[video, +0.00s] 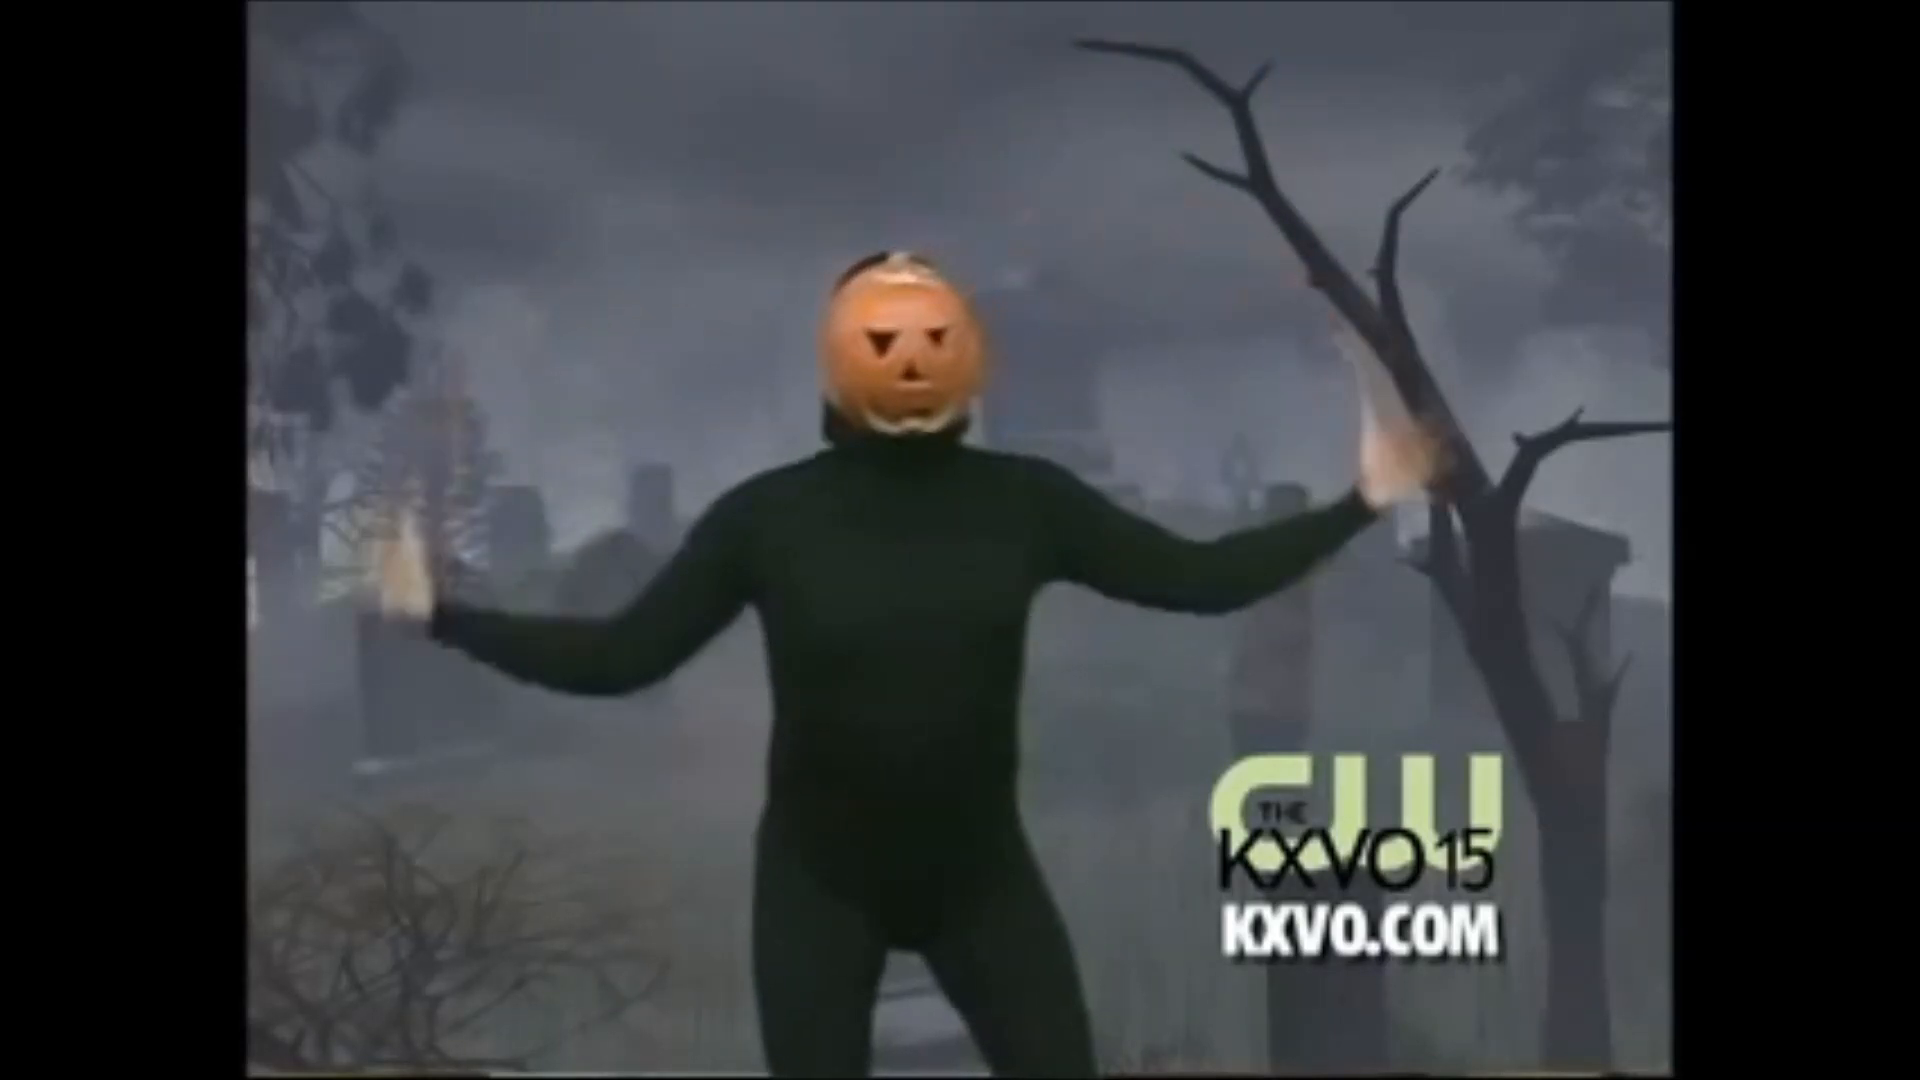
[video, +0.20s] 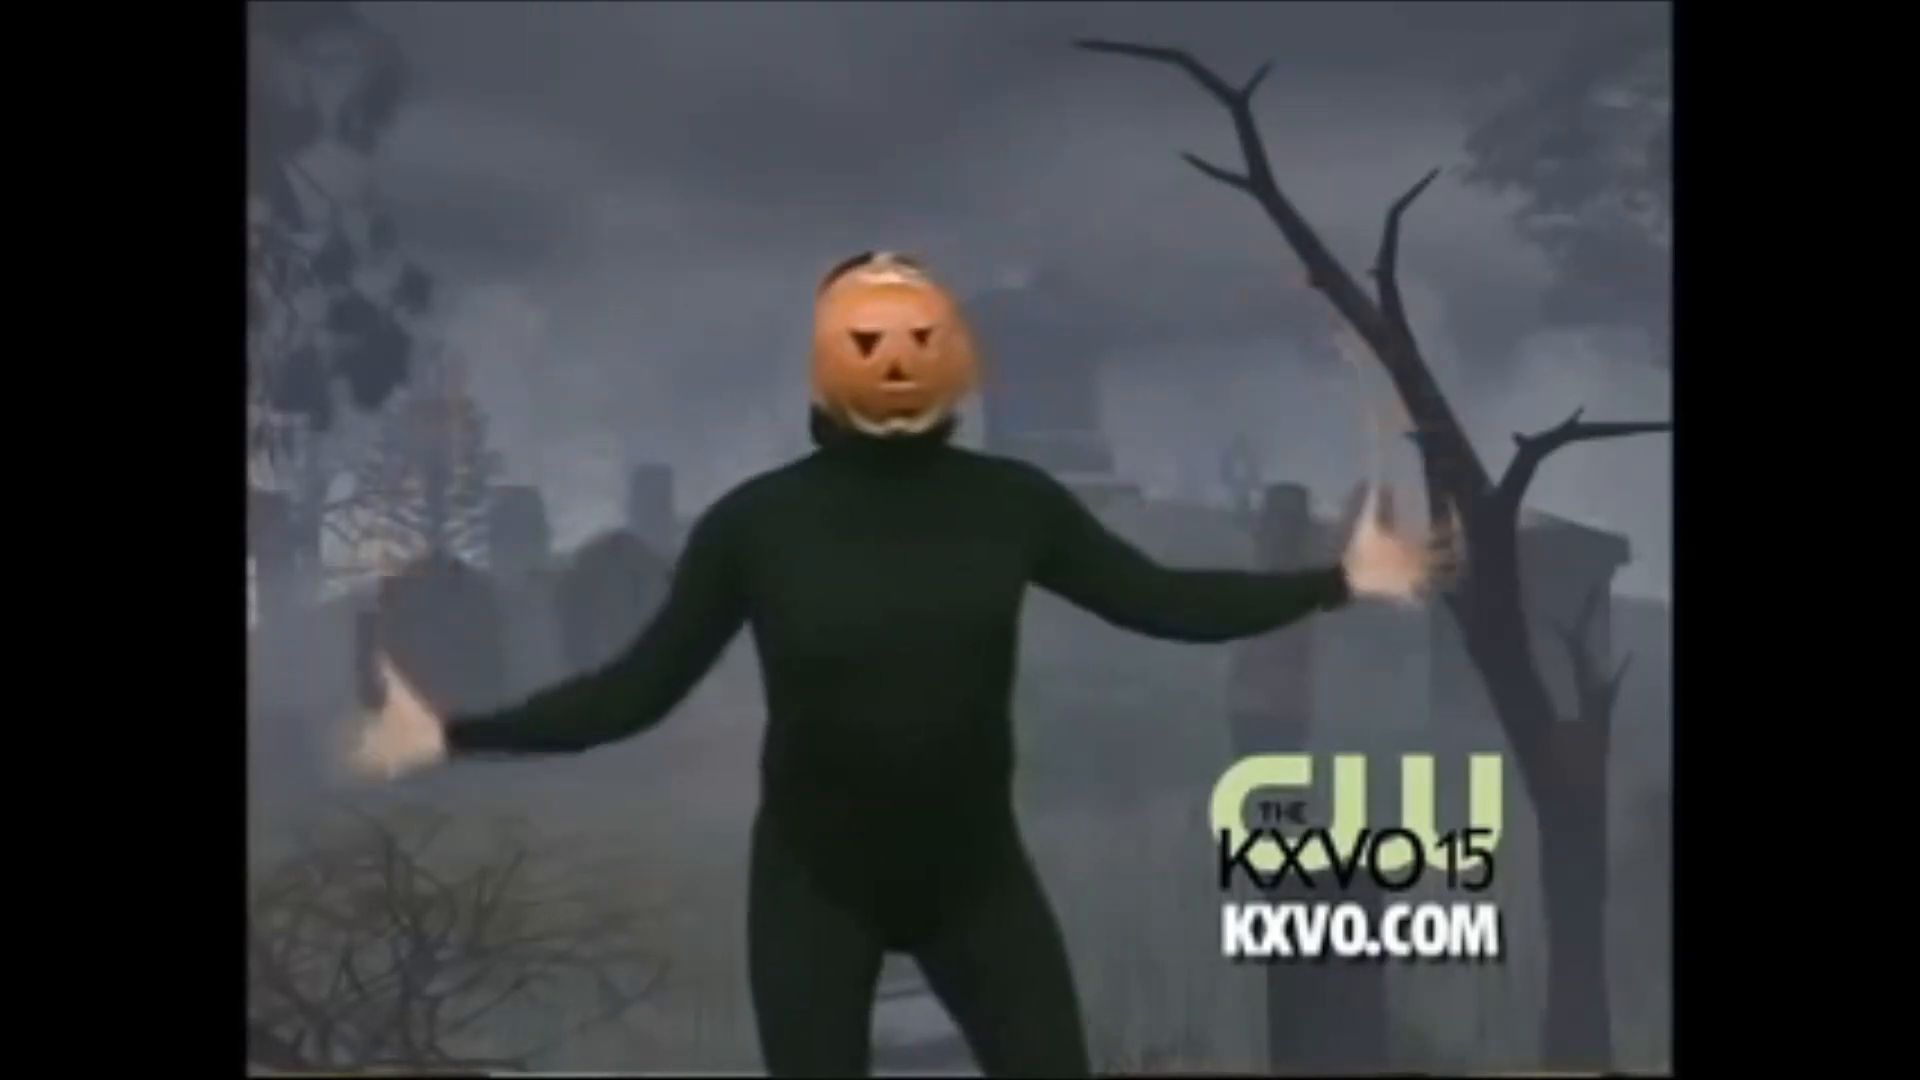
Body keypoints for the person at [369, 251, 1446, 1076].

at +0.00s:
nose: (908, 337)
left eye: (935, 324)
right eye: (877, 326)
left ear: (972, 368)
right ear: (833, 370)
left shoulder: (1029, 503)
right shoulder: (768, 516)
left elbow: (1202, 575)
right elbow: (622, 656)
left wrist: (1365, 496)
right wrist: (439, 610)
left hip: (979, 871)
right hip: (817, 876)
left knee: (1059, 1062)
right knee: (813, 1072)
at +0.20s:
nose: (895, 340)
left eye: (920, 324)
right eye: (864, 329)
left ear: (958, 366)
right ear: (822, 370)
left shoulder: (1012, 504)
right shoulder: (757, 522)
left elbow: (1166, 600)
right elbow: (636, 690)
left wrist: (1337, 579)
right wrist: (462, 731)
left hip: (973, 872)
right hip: (813, 878)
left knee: (1052, 1065)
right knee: (812, 1074)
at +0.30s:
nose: (887, 354)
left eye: (913, 333)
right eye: (856, 338)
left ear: (954, 363)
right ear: (814, 373)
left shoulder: (1007, 504)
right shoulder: (750, 529)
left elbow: (1142, 622)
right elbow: (655, 711)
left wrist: (1306, 634)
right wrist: (512, 816)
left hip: (973, 873)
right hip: (811, 882)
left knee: (1041, 1064)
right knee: (809, 1071)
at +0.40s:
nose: (886, 360)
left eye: (912, 336)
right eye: (854, 338)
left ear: (948, 353)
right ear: (802, 358)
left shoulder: (988, 486)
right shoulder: (761, 518)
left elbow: (1064, 621)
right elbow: (716, 728)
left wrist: (1158, 732)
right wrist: (670, 883)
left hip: (972, 864)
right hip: (817, 876)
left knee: (1010, 1063)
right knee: (818, 1063)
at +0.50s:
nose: (889, 333)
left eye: (913, 309)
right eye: (854, 314)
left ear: (946, 328)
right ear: (801, 339)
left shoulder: (978, 474)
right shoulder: (773, 507)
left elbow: (989, 663)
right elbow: (797, 717)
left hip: (975, 827)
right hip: (826, 838)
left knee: (1013, 1050)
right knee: (831, 1050)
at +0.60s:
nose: (893, 304)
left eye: (915, 282)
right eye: (856, 290)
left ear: (948, 310)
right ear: (803, 331)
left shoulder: (972, 451)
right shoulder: (778, 492)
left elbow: (955, 611)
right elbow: (799, 690)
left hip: (962, 777)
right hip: (822, 802)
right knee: (846, 1049)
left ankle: (1028, 1064)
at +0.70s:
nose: (897, 273)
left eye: (917, 250)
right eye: (860, 255)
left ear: (953, 278)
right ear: (805, 296)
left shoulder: (973, 407)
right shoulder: (790, 462)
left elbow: (977, 610)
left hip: (950, 734)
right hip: (827, 770)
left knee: (1045, 788)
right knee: (851, 1058)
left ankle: (995, 1060)